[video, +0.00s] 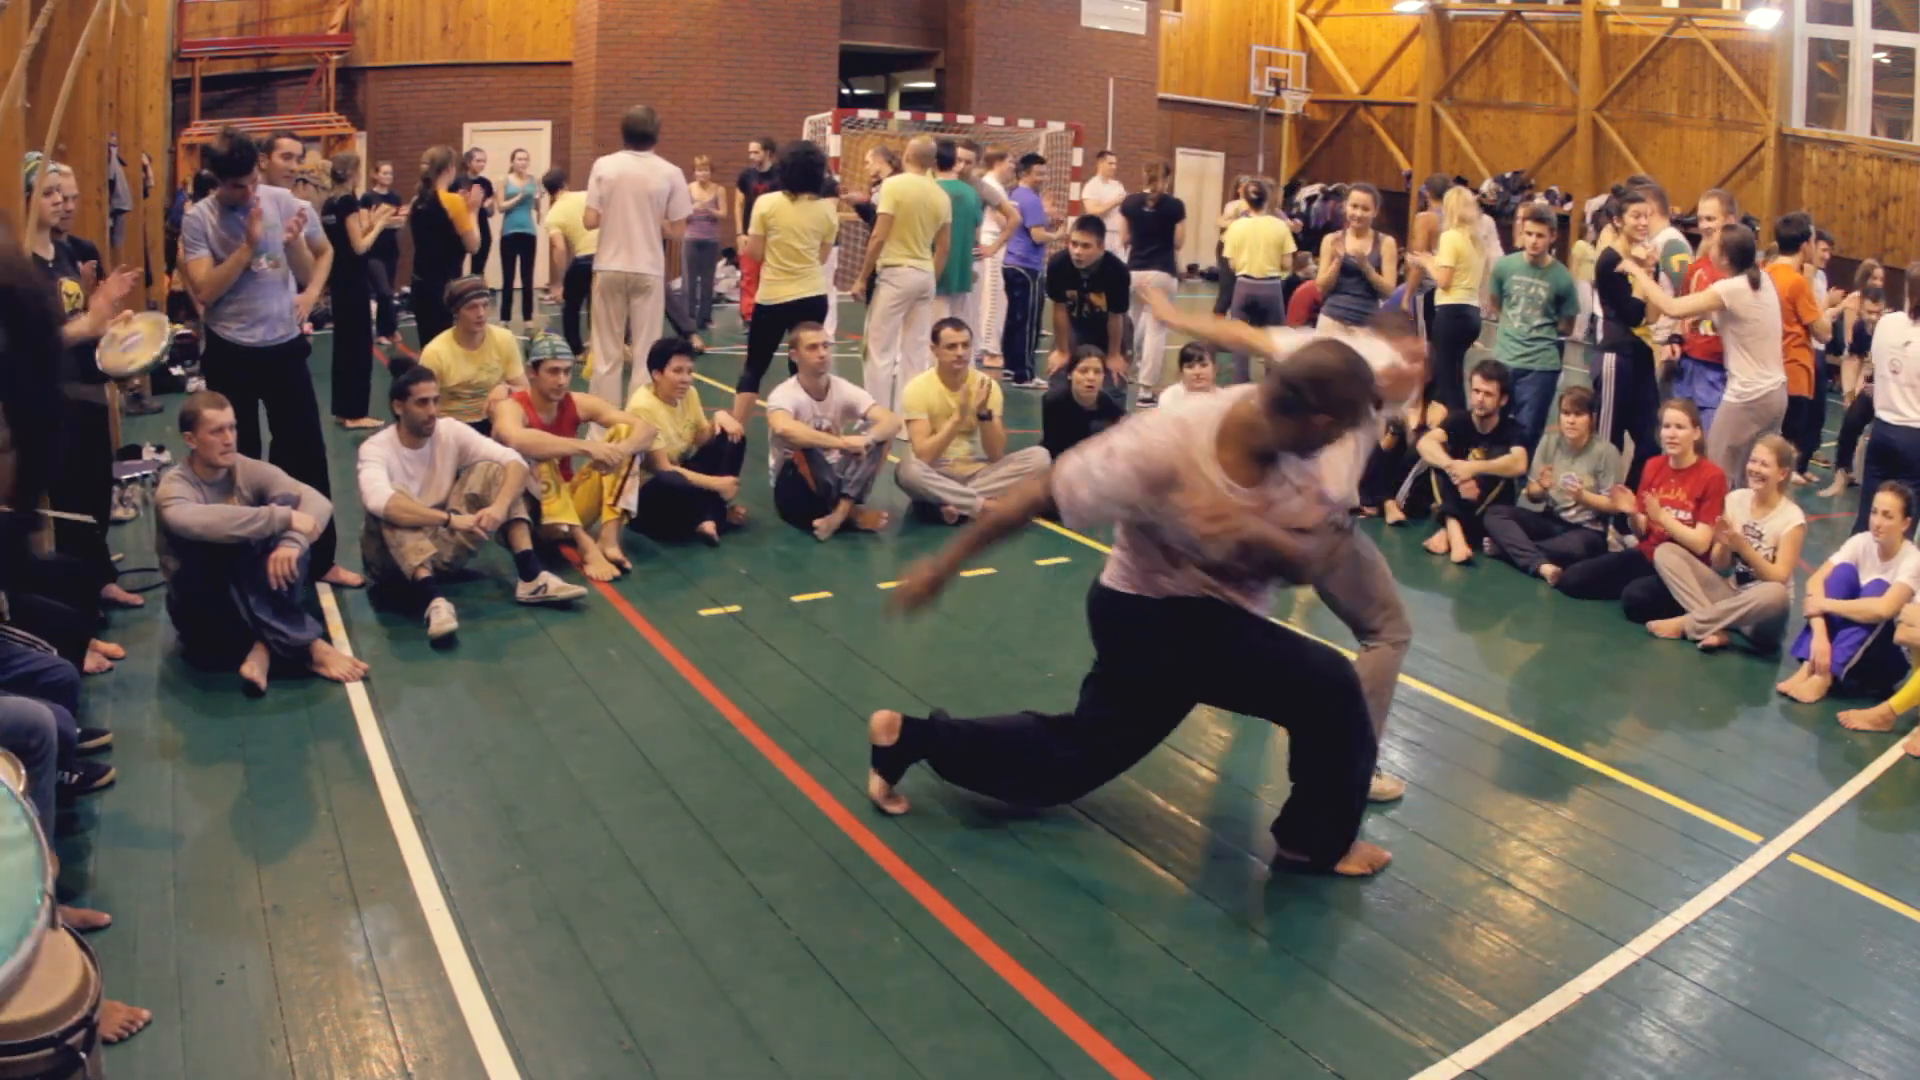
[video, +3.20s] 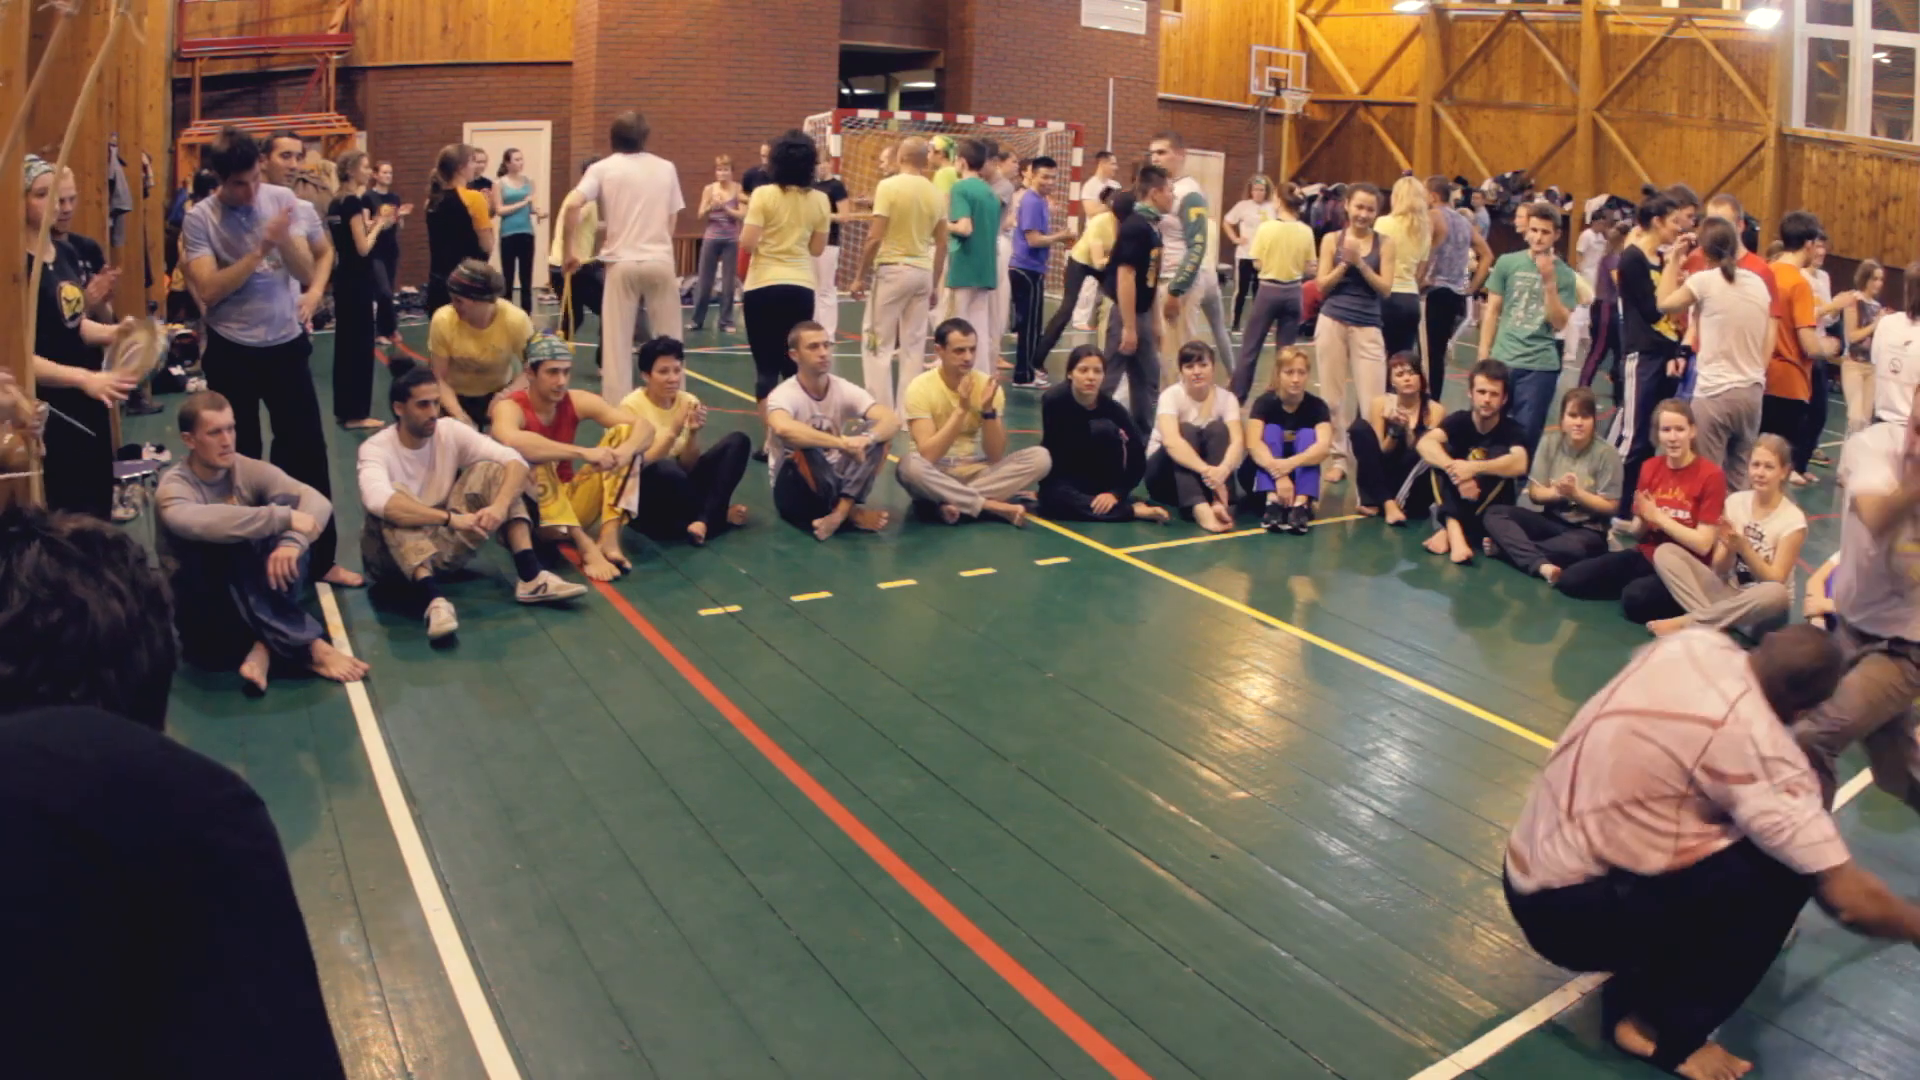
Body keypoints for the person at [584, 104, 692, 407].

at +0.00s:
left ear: (622, 133)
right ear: (656, 135)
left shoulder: (604, 167)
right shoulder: (670, 173)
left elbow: (590, 220)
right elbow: (678, 230)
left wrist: (617, 210)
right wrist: (652, 220)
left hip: (608, 268)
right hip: (649, 269)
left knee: (605, 351)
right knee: (647, 354)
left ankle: (600, 430)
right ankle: (639, 430)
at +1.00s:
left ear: (576, 137)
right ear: (609, 135)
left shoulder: (564, 173)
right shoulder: (630, 168)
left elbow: (559, 229)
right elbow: (644, 224)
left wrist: (585, 221)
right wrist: (617, 216)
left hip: (583, 266)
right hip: (620, 264)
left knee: (582, 344)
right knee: (633, 340)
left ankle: (584, 406)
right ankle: (633, 407)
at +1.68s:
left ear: (607, 143)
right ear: (639, 142)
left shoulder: (591, 176)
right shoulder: (659, 174)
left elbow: (581, 229)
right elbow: (675, 228)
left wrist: (609, 228)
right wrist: (645, 228)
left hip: (608, 268)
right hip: (647, 268)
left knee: (596, 351)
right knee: (666, 344)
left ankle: (585, 425)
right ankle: (674, 416)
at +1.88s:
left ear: (635, 140)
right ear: (667, 140)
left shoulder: (619, 169)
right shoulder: (685, 171)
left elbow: (600, 218)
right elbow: (696, 228)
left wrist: (619, 248)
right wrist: (671, 246)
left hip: (633, 263)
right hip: (674, 262)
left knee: (613, 343)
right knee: (684, 342)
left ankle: (596, 420)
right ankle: (689, 415)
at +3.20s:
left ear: (613, 139)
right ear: (644, 138)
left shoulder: (602, 168)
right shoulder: (666, 168)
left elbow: (572, 205)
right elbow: (672, 224)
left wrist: (569, 252)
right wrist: (655, 247)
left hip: (621, 265)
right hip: (660, 262)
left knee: (616, 344)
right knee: (670, 341)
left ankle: (618, 418)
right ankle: (673, 414)